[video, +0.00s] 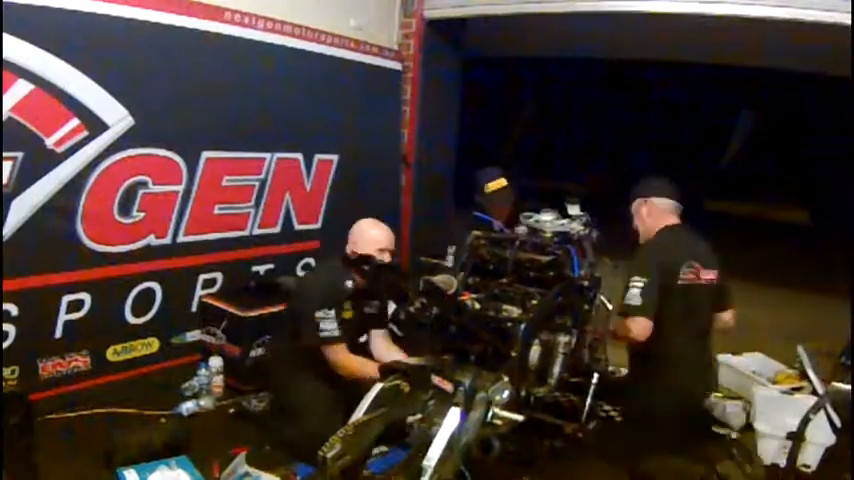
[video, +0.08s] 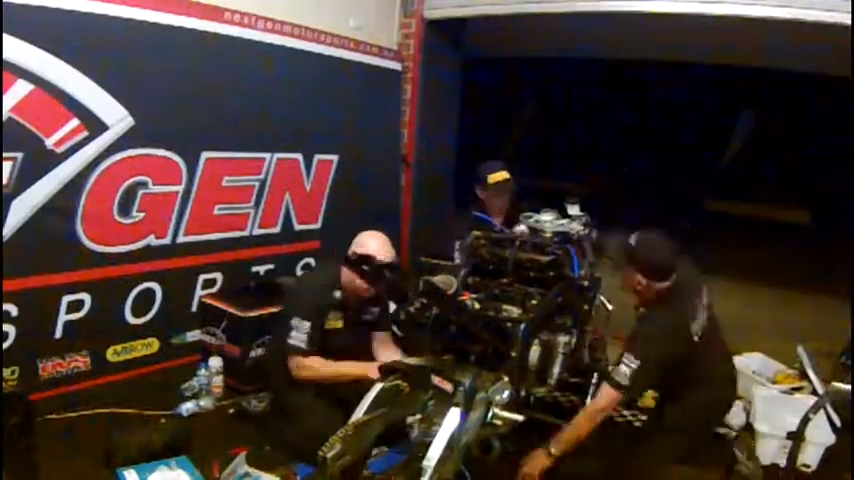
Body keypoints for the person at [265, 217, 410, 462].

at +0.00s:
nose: (387, 260)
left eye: (390, 253)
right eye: (379, 252)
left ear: (393, 252)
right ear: (353, 252)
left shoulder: (373, 287)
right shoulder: (321, 286)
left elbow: (380, 343)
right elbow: (340, 361)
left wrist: (417, 372)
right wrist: (395, 376)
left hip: (340, 368)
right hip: (301, 372)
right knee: (325, 441)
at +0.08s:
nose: (380, 284)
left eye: (385, 275)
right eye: (374, 275)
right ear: (353, 265)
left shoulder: (372, 294)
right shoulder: (311, 291)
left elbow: (384, 347)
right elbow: (300, 367)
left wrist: (422, 377)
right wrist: (372, 370)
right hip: (300, 388)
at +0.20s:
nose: (326, 286)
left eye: (333, 279)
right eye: (319, 278)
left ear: (345, 267)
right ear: (305, 262)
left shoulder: (349, 284)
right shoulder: (283, 297)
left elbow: (358, 324)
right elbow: (268, 370)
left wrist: (363, 362)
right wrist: (296, 430)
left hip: (335, 375)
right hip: (297, 377)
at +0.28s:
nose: (308, 327)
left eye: (315, 321)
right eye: (301, 322)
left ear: (333, 306)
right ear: (290, 304)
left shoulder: (352, 300)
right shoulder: (266, 319)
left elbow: (368, 343)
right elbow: (235, 376)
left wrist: (348, 384)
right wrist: (241, 427)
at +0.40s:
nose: (289, 323)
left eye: (293, 314)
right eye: (280, 316)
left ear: (309, 296)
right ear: (266, 300)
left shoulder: (336, 296)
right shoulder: (251, 313)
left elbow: (353, 361)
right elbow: (235, 373)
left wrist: (316, 414)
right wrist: (246, 429)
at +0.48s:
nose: (244, 328)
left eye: (252, 321)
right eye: (239, 321)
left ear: (275, 306)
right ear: (232, 309)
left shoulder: (321, 303)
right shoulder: (232, 329)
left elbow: (355, 352)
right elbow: (207, 393)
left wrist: (317, 404)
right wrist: (165, 452)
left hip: (320, 385)